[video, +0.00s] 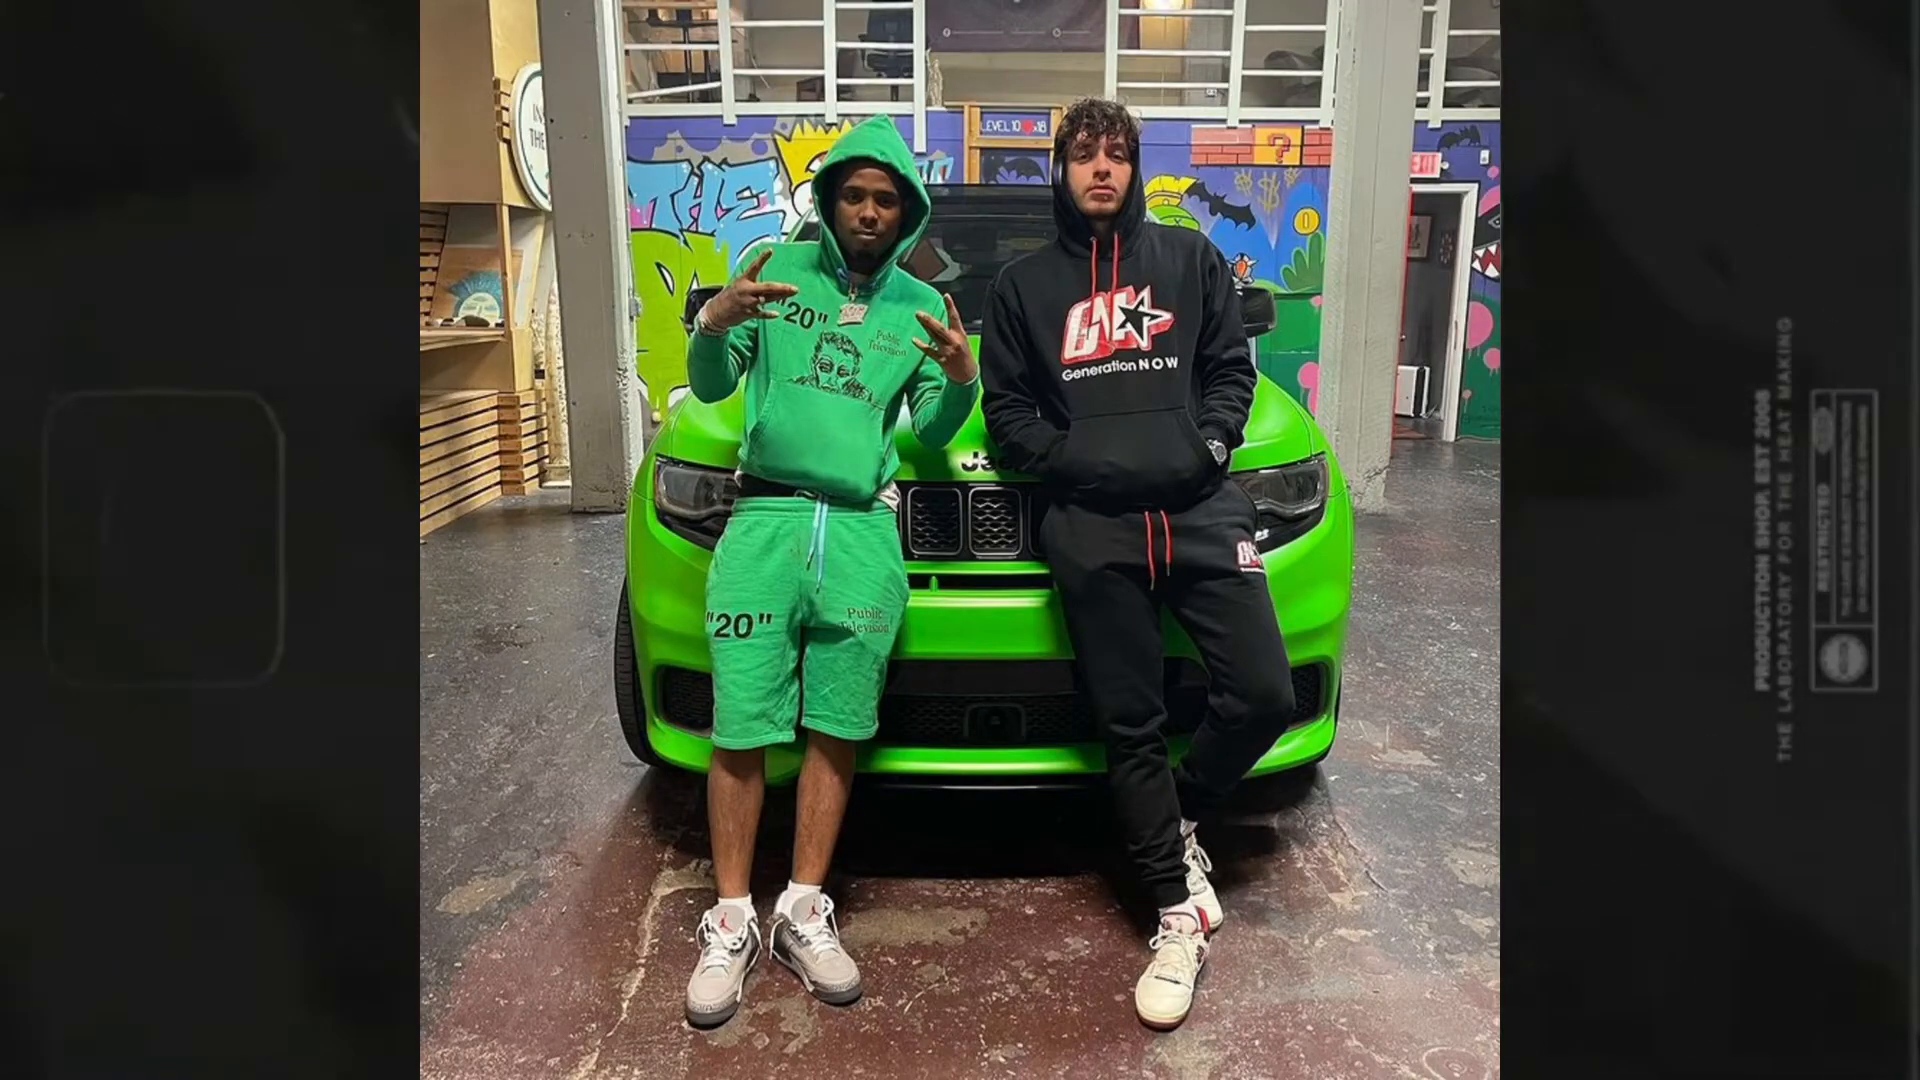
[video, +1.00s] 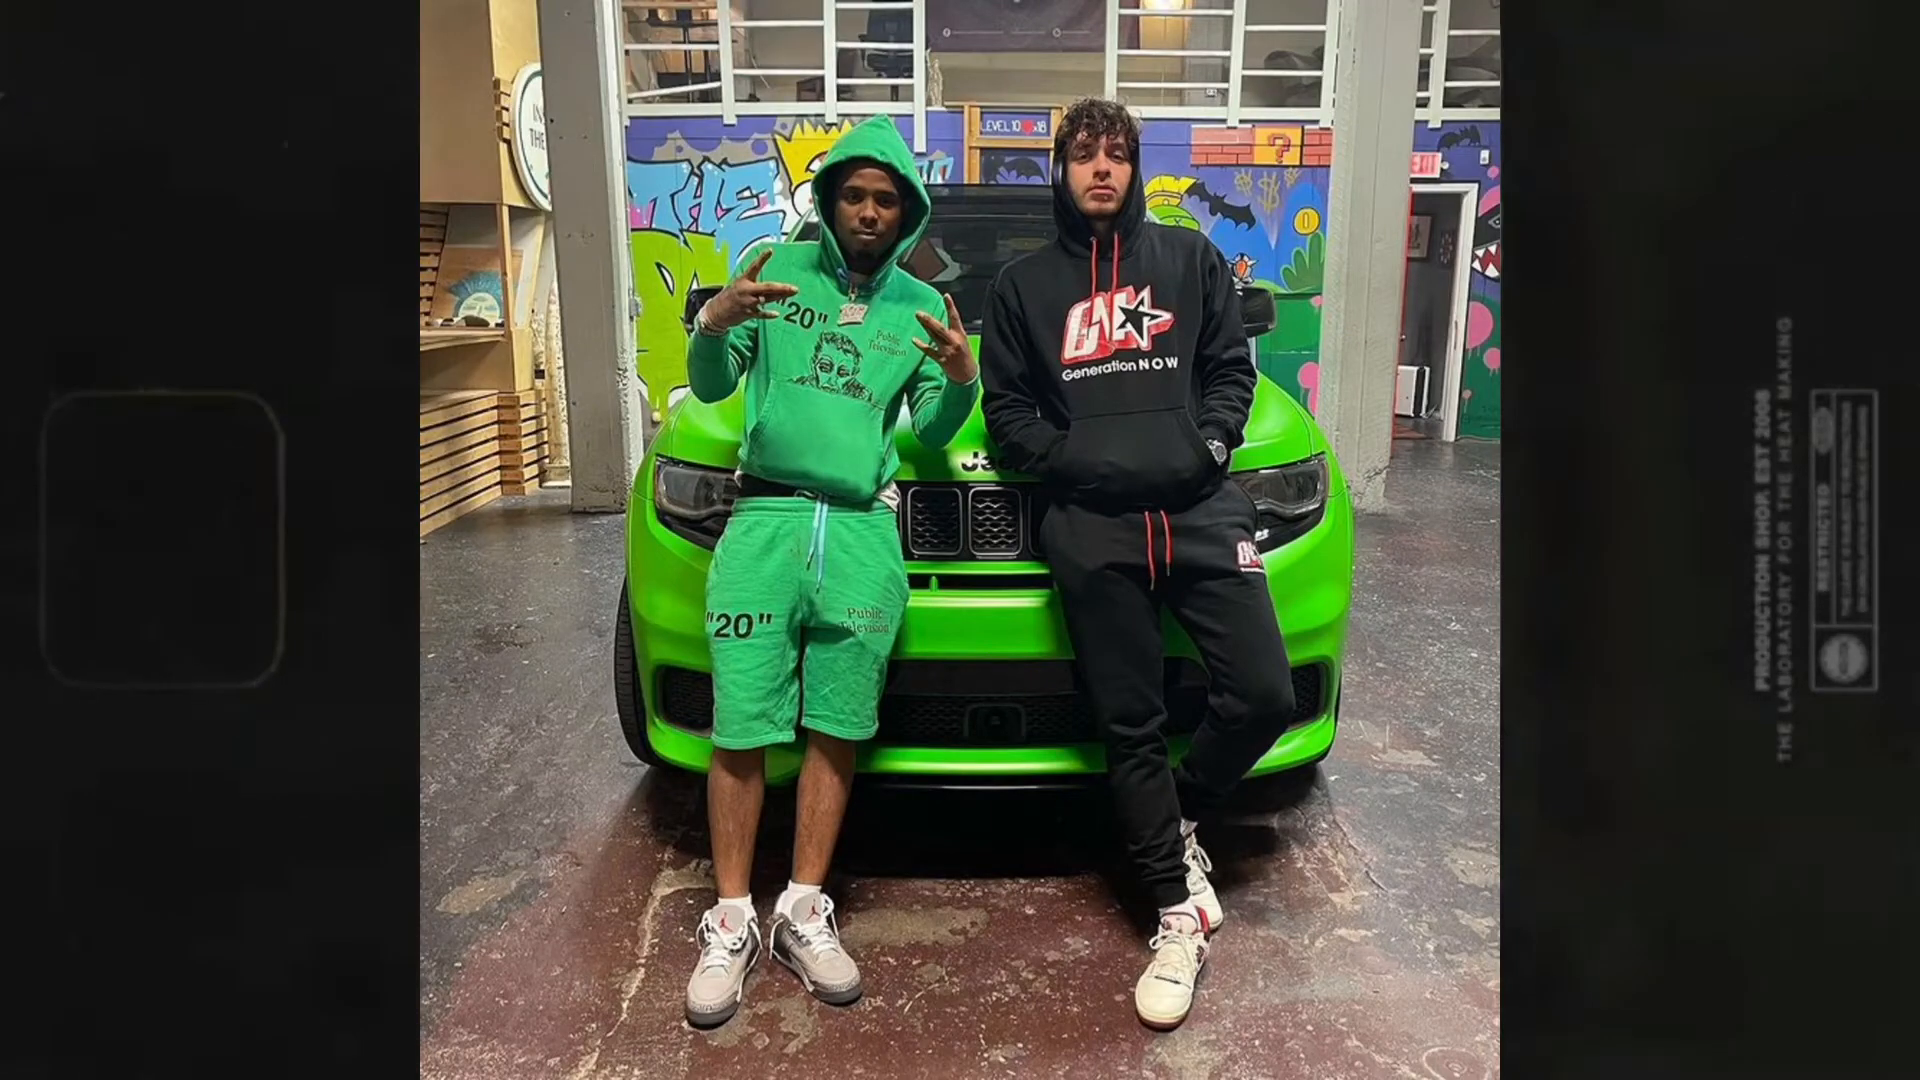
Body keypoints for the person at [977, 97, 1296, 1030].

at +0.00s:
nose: (1101, 171)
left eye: (1115, 159)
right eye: (1086, 159)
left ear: (1137, 170)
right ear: (1061, 172)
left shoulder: (1193, 257)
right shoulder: (1019, 281)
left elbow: (1232, 367)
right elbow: (1005, 405)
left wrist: (1208, 445)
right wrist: (1064, 457)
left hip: (1200, 503)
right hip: (1091, 514)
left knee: (1262, 692)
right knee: (1131, 719)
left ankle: (1180, 818)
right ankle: (1179, 917)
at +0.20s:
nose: (1101, 171)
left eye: (1115, 159)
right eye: (1086, 159)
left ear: (1137, 170)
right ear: (1061, 172)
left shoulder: (1193, 257)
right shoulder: (1019, 281)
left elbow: (1232, 367)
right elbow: (1005, 405)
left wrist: (1208, 445)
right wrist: (1064, 456)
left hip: (1200, 503)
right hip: (1091, 514)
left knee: (1262, 692)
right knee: (1131, 719)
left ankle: (1180, 818)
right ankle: (1179, 917)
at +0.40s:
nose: (1101, 171)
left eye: (1115, 159)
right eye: (1086, 159)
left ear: (1137, 170)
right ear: (1061, 172)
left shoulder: (1193, 257)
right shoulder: (1019, 281)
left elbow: (1232, 367)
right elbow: (1005, 405)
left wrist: (1208, 445)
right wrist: (1064, 456)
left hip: (1200, 503)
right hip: (1091, 514)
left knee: (1262, 692)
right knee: (1131, 719)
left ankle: (1180, 818)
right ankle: (1179, 917)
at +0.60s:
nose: (1101, 171)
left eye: (1115, 159)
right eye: (1086, 159)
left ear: (1137, 170)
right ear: (1061, 172)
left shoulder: (1193, 257)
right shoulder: (1019, 281)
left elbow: (1232, 367)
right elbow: (1005, 405)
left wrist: (1208, 445)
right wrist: (1065, 456)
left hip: (1200, 503)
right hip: (1091, 514)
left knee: (1262, 692)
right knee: (1131, 720)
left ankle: (1180, 818)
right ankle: (1179, 917)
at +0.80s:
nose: (1101, 171)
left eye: (1115, 159)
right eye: (1086, 159)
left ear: (1137, 170)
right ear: (1061, 172)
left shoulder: (1193, 257)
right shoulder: (1019, 281)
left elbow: (1232, 367)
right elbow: (1005, 405)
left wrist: (1208, 445)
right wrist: (1065, 456)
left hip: (1200, 503)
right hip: (1091, 514)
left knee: (1262, 692)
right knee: (1131, 720)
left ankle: (1180, 818)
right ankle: (1179, 917)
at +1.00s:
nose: (1101, 171)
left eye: (1115, 159)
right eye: (1086, 159)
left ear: (1137, 170)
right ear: (1061, 172)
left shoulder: (1193, 257)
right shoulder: (1019, 281)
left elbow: (1232, 367)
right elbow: (1005, 405)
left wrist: (1208, 445)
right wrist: (1064, 456)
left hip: (1200, 503)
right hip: (1091, 514)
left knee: (1262, 692)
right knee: (1131, 720)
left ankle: (1180, 818)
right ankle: (1178, 917)